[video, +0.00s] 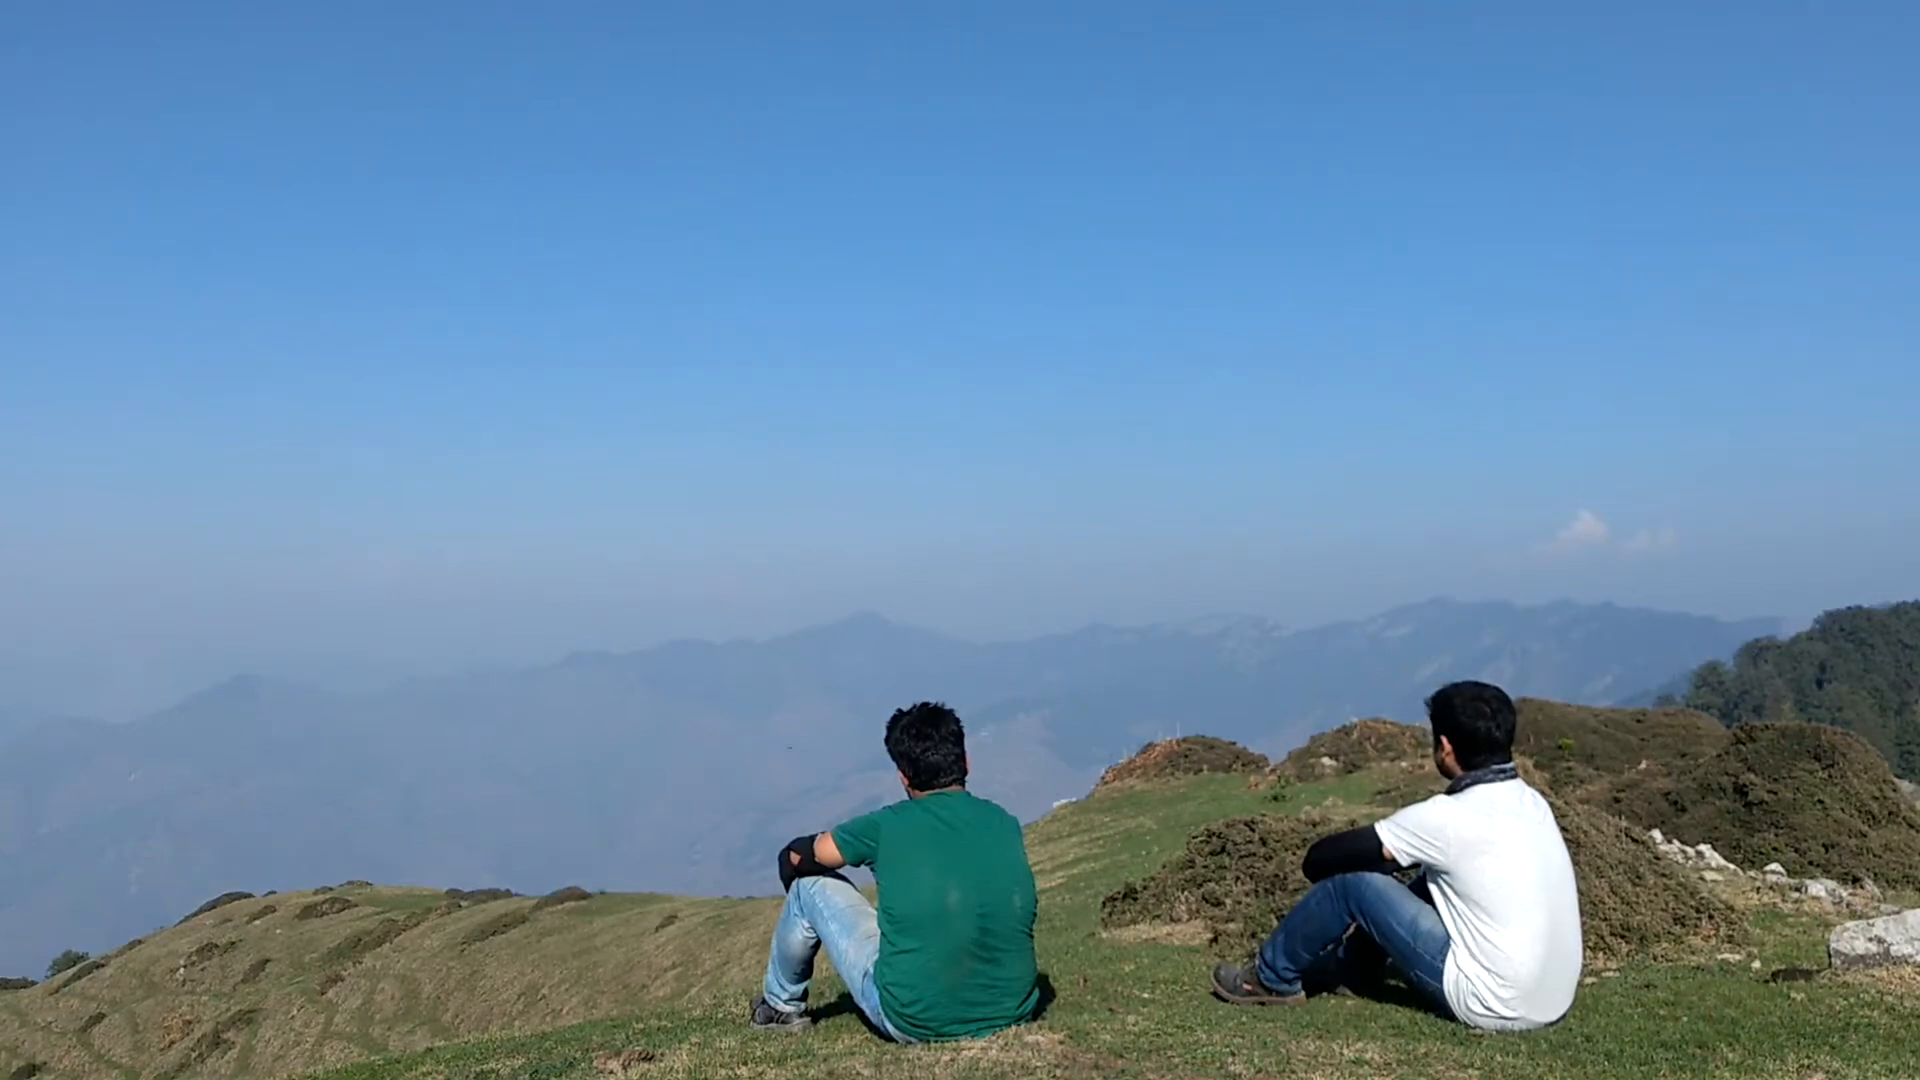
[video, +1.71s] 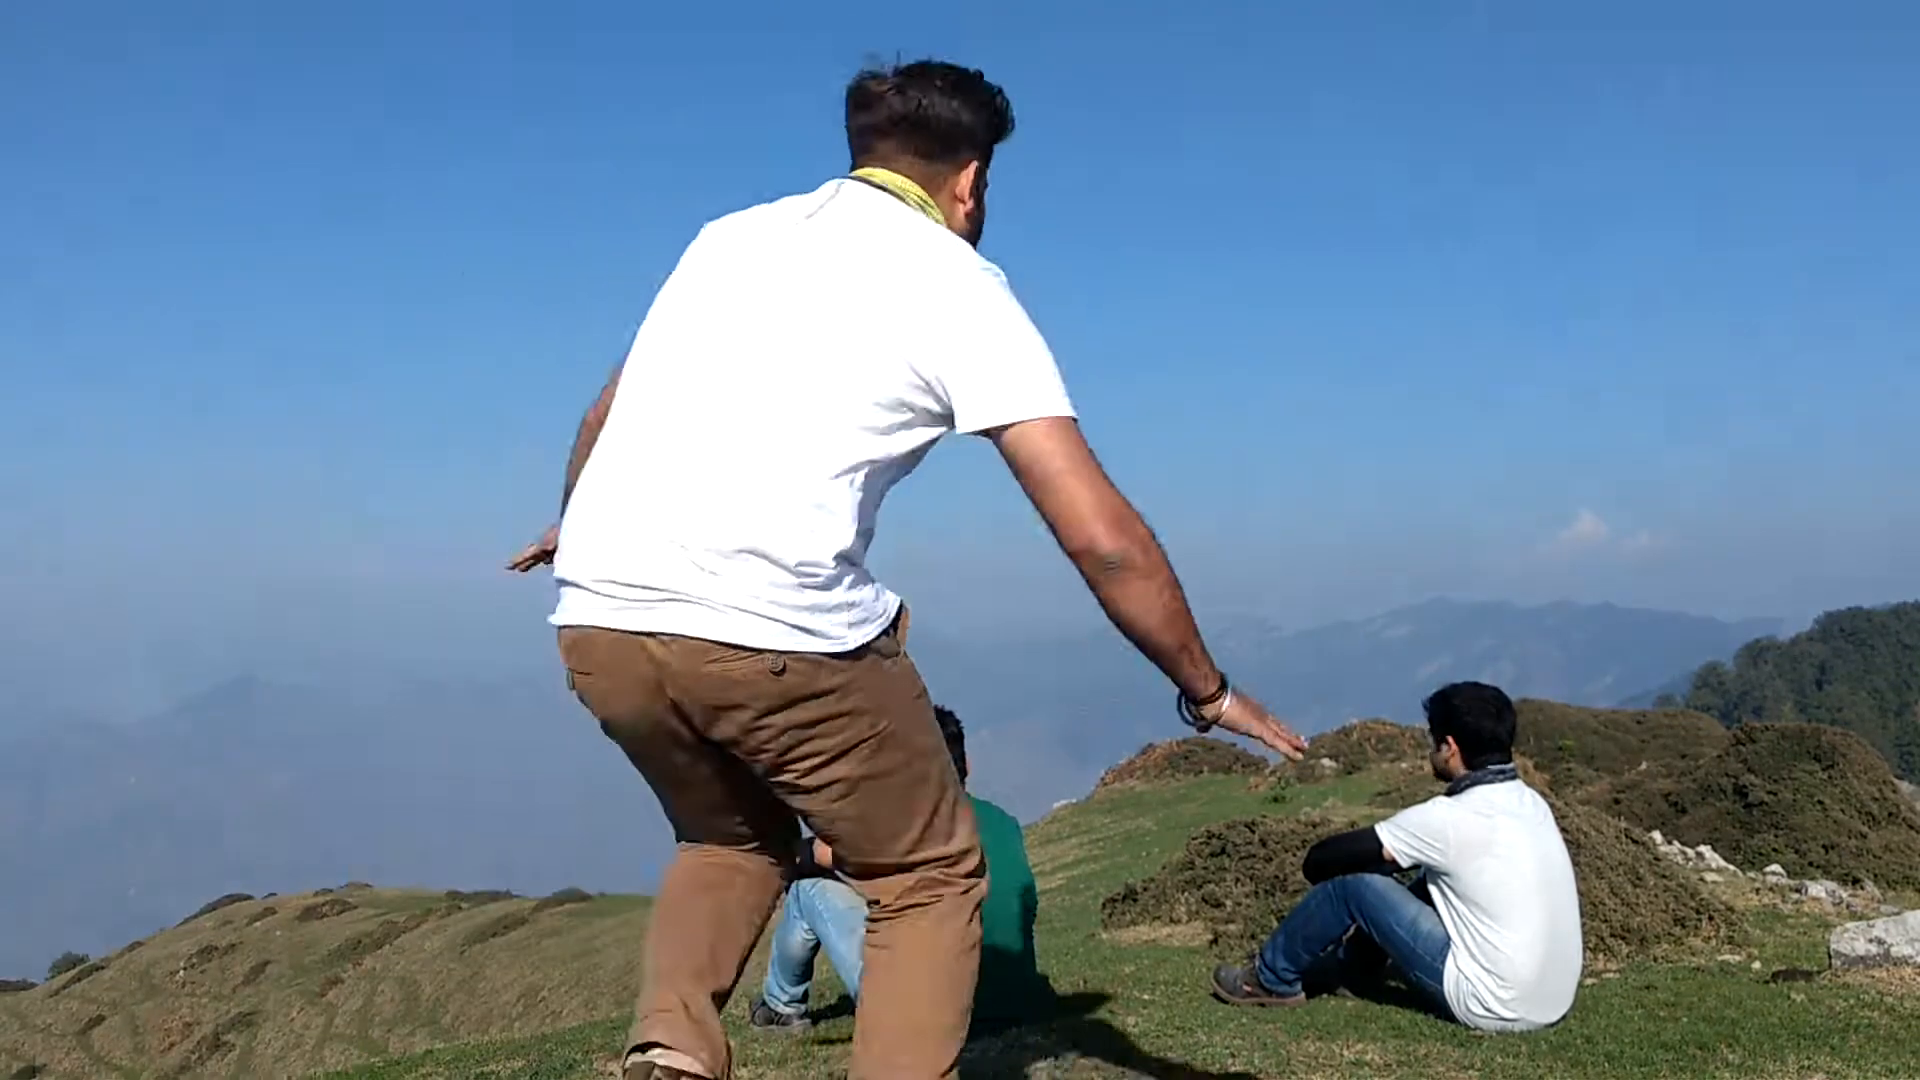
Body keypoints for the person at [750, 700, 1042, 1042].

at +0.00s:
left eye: (898, 770)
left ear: (904, 777)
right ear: (966, 764)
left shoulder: (887, 825)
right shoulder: (1006, 823)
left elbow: (796, 856)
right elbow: (1020, 911)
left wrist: (796, 888)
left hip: (915, 1020)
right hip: (1009, 1011)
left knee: (810, 885)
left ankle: (781, 1005)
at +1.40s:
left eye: (899, 771)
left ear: (905, 779)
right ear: (967, 765)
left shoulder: (889, 823)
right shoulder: (1006, 823)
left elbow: (796, 856)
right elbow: (1020, 911)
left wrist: (798, 893)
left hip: (912, 1018)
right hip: (1007, 1012)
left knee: (810, 886)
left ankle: (781, 1006)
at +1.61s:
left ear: (904, 779)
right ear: (966, 766)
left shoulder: (881, 829)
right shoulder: (1004, 824)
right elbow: (1022, 910)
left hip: (914, 1012)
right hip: (1010, 1006)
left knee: (824, 900)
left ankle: (777, 1001)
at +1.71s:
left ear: (911, 769)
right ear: (965, 764)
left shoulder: (897, 822)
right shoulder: (1004, 823)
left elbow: (822, 854)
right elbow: (1026, 904)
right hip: (1014, 1002)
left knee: (810, 890)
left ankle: (782, 1005)